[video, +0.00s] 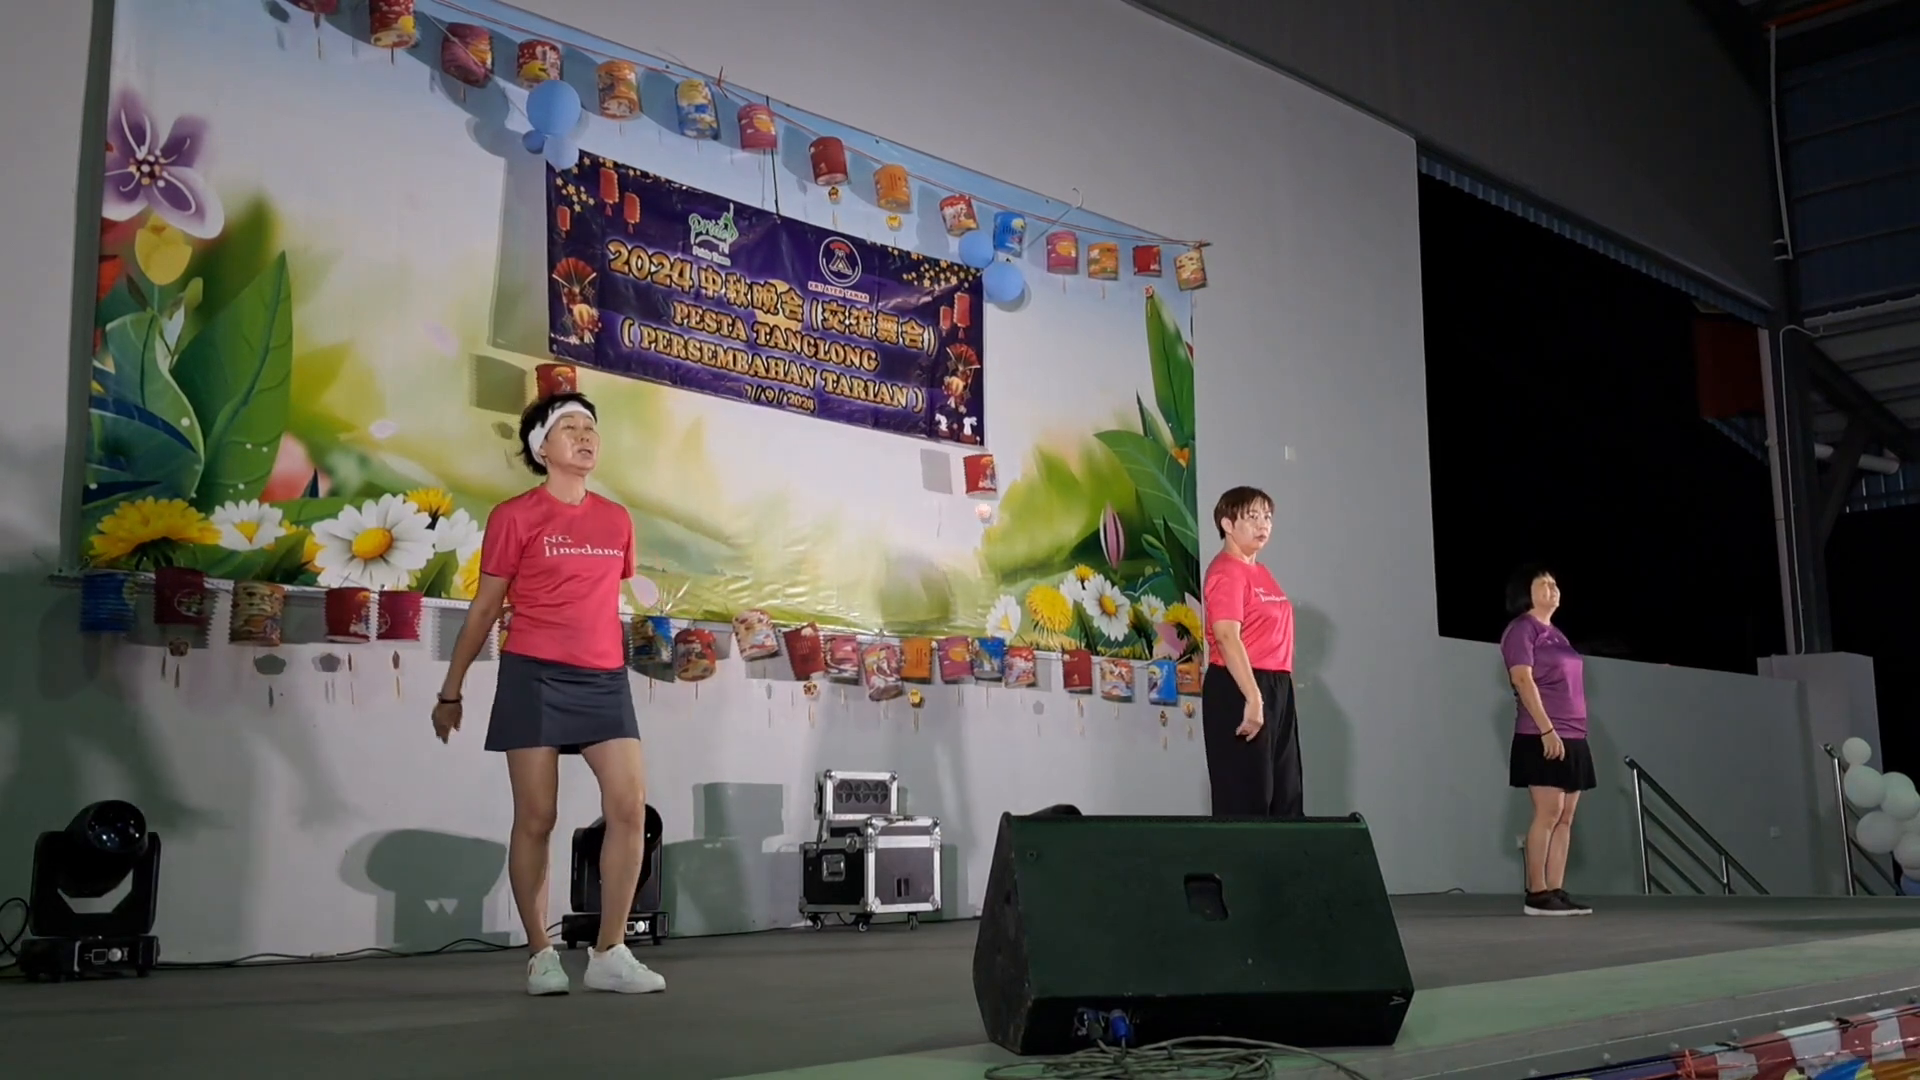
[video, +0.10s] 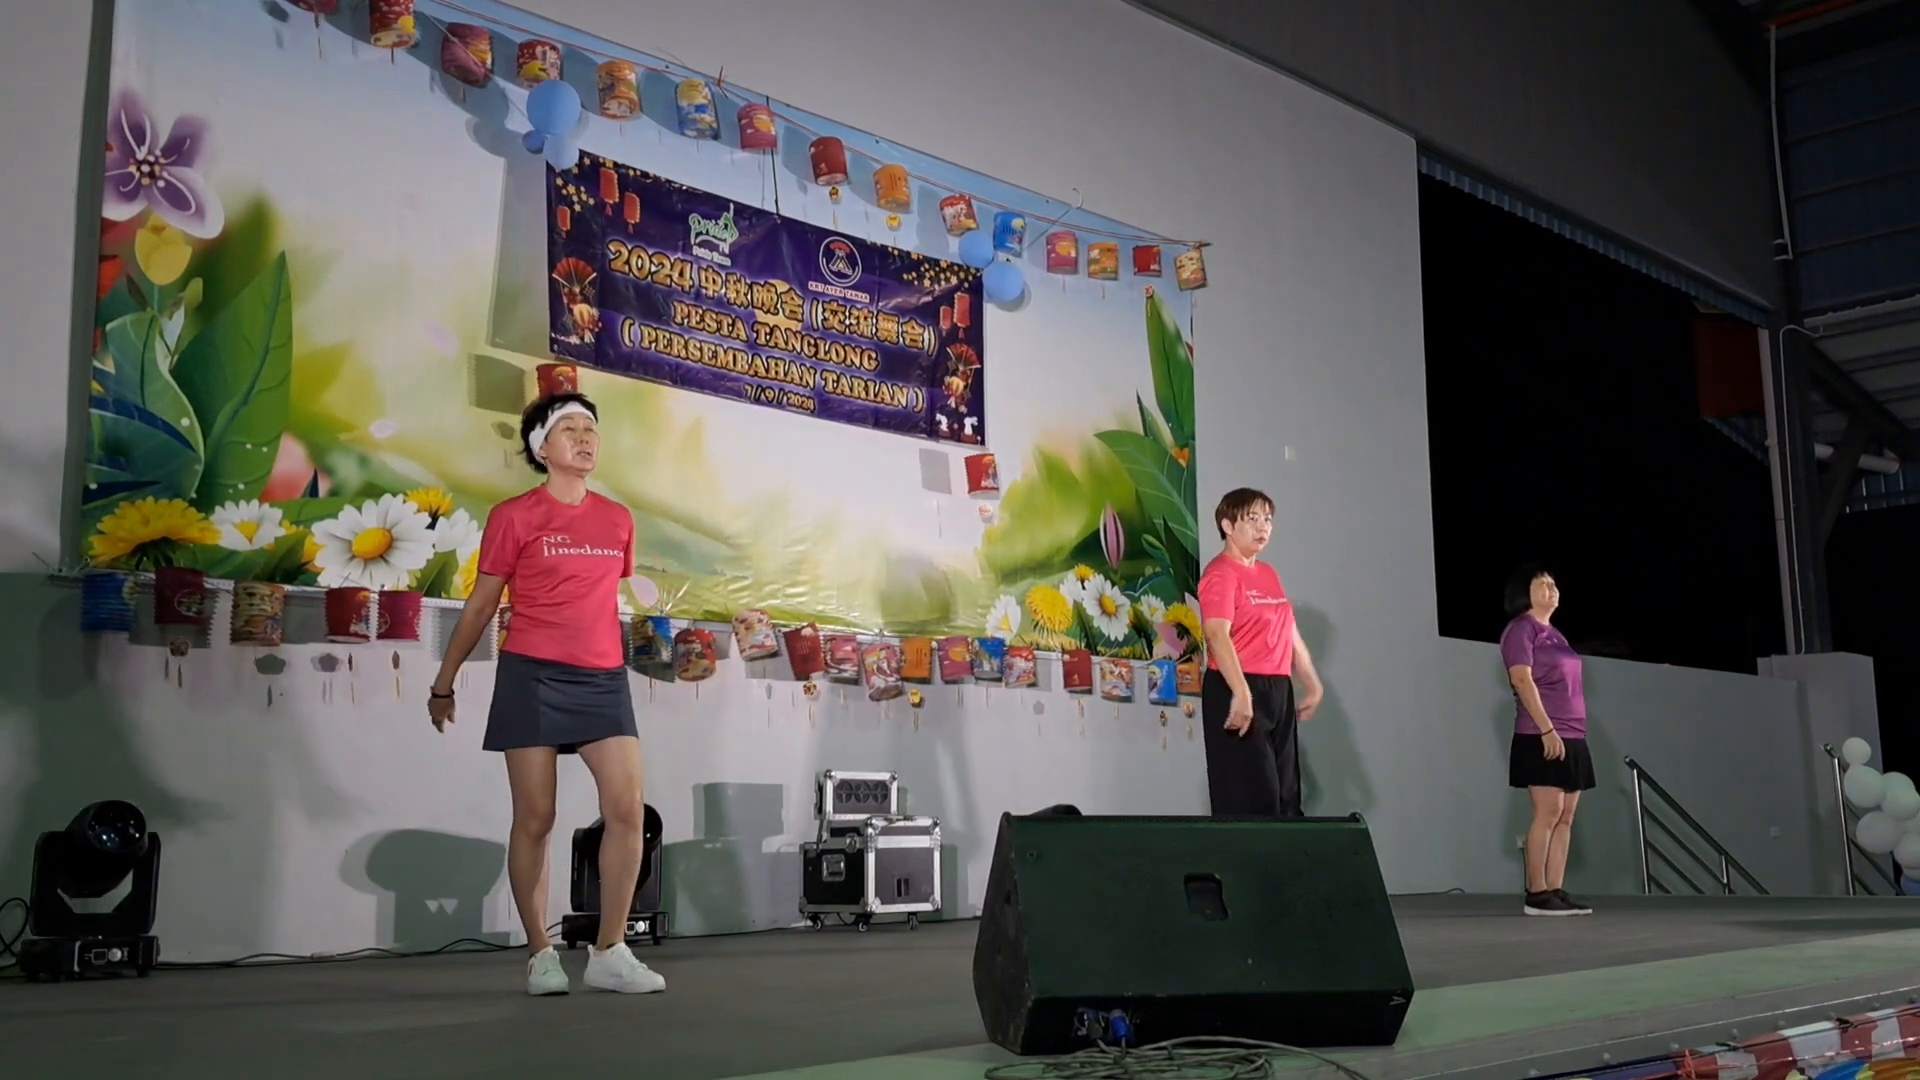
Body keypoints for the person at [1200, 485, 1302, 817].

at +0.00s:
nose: (1263, 526)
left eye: (1267, 518)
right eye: (1253, 517)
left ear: (1272, 523)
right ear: (1228, 524)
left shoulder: (1258, 570)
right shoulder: (1227, 570)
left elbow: (1263, 634)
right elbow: (1226, 635)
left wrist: (1280, 689)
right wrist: (1252, 695)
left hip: (1276, 689)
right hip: (1240, 688)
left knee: (1285, 796)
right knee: (1246, 798)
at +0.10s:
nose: (1263, 528)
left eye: (1267, 520)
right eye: (1252, 519)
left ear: (1272, 525)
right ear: (1227, 525)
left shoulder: (1267, 572)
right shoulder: (1221, 574)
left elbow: (1289, 631)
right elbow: (1216, 635)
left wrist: (1313, 684)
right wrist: (1241, 693)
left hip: (1277, 693)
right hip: (1236, 692)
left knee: (1286, 796)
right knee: (1257, 797)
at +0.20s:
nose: (1260, 531)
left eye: (1265, 523)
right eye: (1251, 522)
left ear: (1270, 529)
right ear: (1226, 528)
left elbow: (1306, 631)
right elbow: (1200, 632)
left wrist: (1345, 675)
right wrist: (1214, 684)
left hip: (1279, 698)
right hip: (1235, 698)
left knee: (1286, 798)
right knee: (1251, 799)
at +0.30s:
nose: (1256, 533)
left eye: (1261, 525)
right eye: (1247, 524)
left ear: (1266, 532)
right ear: (1221, 529)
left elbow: (1320, 626)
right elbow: (1182, 628)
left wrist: (1370, 657)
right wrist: (1179, 677)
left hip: (1277, 696)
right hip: (1227, 695)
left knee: (1282, 793)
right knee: (1229, 794)